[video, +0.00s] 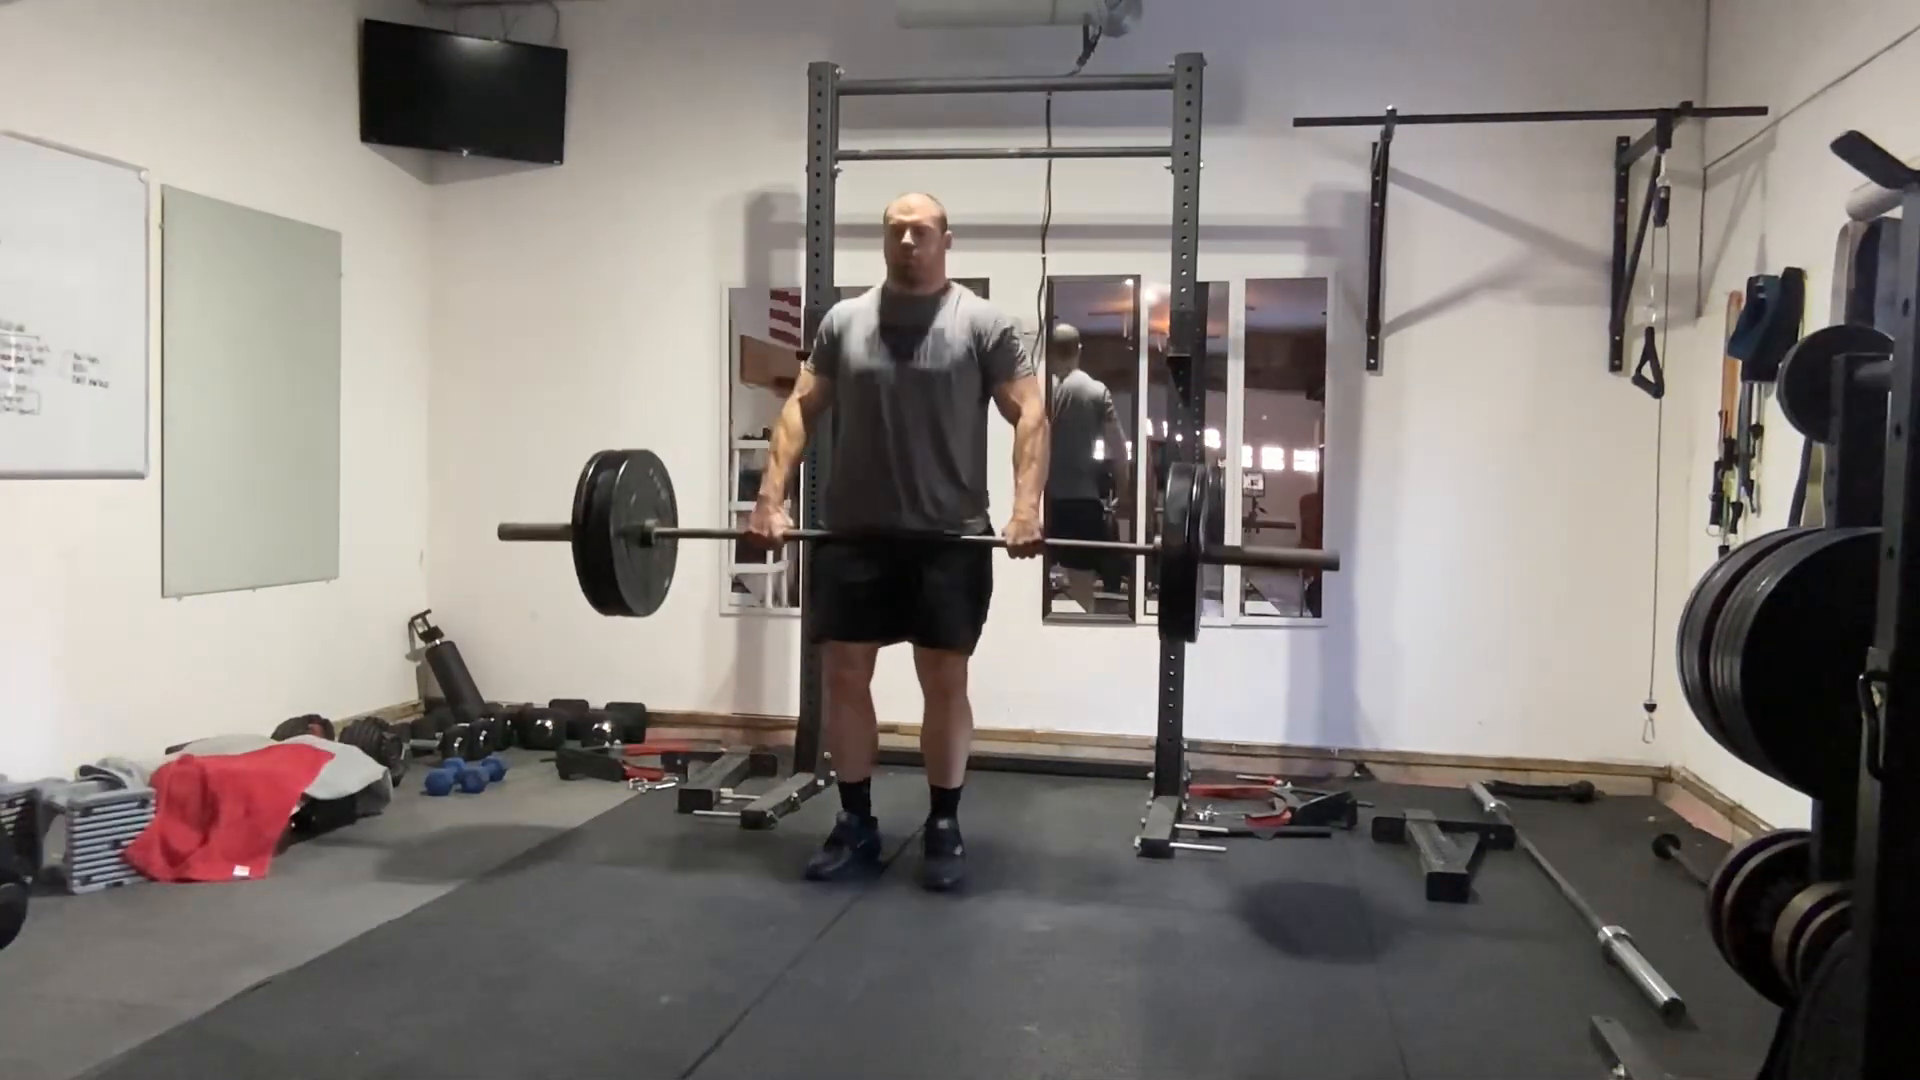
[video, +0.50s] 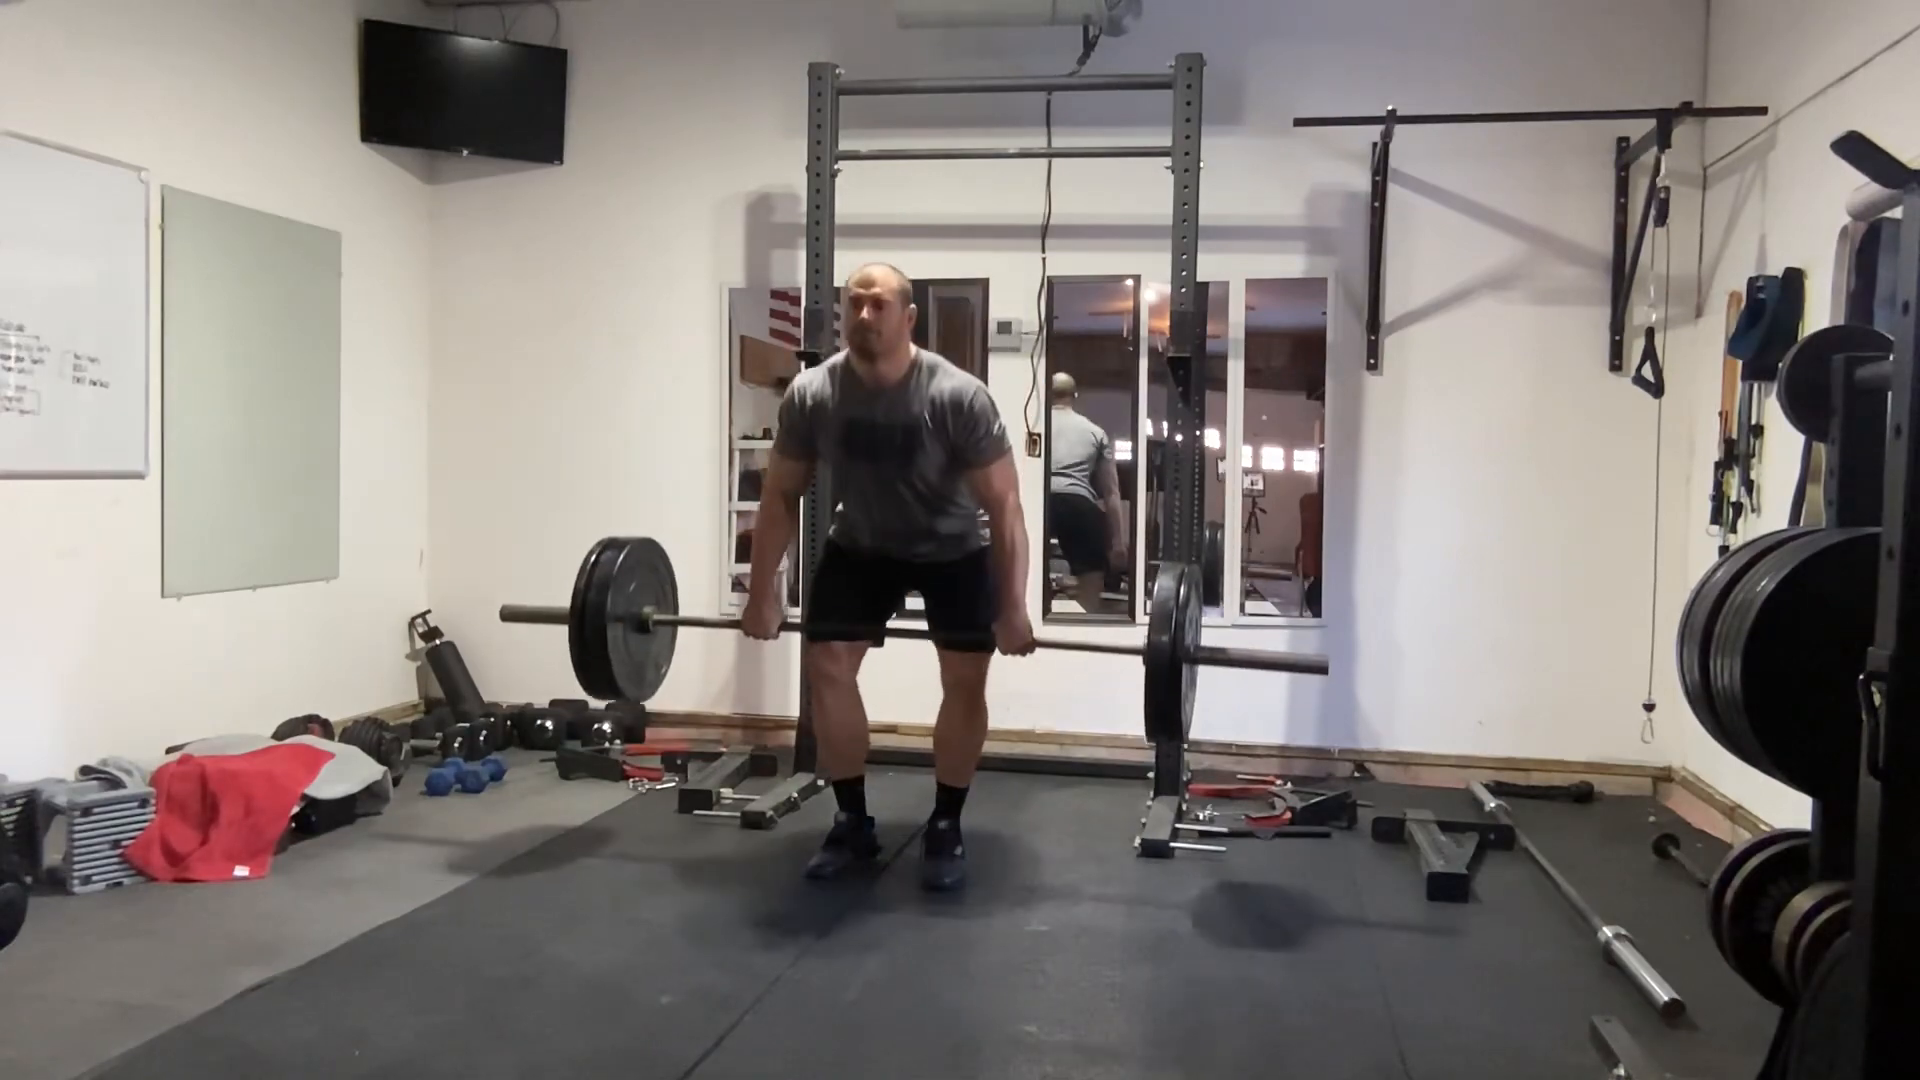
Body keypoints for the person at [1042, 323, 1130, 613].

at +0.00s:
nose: (1050, 358)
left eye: (1051, 352)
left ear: (1048, 351)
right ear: (1079, 350)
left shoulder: (1038, 390)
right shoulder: (1096, 391)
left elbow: (1028, 446)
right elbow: (1117, 449)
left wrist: (1027, 494)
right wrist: (1123, 496)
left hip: (1044, 499)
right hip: (1082, 499)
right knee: (1080, 576)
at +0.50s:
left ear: (1047, 395)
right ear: (1075, 396)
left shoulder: (1031, 424)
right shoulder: (1095, 433)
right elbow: (1111, 493)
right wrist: (1118, 542)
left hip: (1032, 503)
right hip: (1077, 505)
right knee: (1091, 583)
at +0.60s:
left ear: (1047, 403)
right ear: (1075, 404)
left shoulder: (1032, 432)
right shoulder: (1094, 440)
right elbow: (1111, 501)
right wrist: (1118, 554)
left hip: (1034, 503)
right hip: (1078, 505)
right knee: (1091, 582)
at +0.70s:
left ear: (1048, 407)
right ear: (1076, 409)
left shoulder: (1033, 435)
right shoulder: (1095, 443)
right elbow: (1111, 504)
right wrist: (1119, 555)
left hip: (1035, 501)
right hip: (1078, 503)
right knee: (1092, 576)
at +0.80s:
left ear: (1049, 399)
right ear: (1076, 400)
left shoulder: (1034, 427)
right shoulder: (1093, 435)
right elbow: (1112, 492)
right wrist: (1120, 545)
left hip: (1037, 497)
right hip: (1078, 499)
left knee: (1032, 567)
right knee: (1090, 574)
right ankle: (1088, 635)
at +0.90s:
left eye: (1058, 381)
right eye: (1071, 380)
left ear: (1049, 381)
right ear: (1076, 381)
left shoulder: (1034, 412)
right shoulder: (1094, 418)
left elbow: (1019, 457)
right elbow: (1114, 470)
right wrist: (1119, 526)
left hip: (1038, 492)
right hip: (1079, 493)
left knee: (1035, 562)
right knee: (1083, 572)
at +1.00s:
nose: (1049, 363)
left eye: (1051, 357)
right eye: (1053, 356)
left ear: (1050, 358)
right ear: (1075, 356)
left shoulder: (1038, 394)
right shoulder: (1093, 392)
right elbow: (1117, 441)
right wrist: (1118, 494)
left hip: (1046, 495)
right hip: (1082, 494)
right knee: (1083, 576)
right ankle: (1090, 631)